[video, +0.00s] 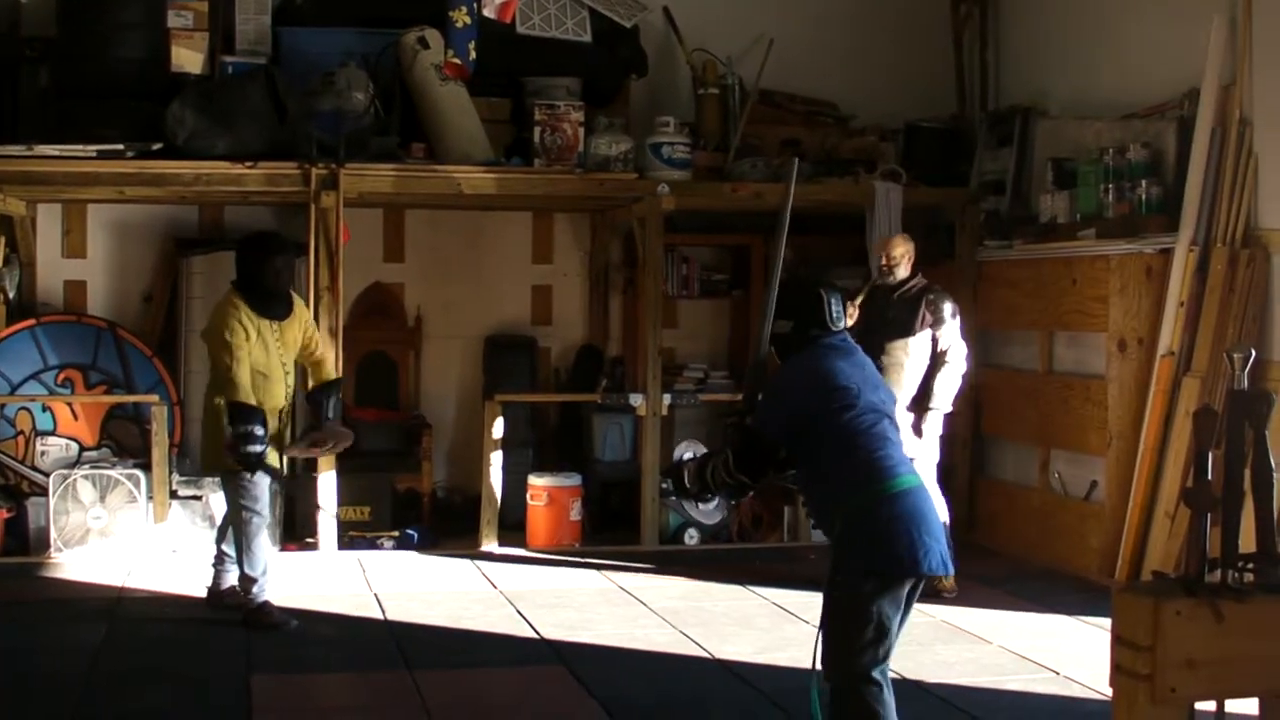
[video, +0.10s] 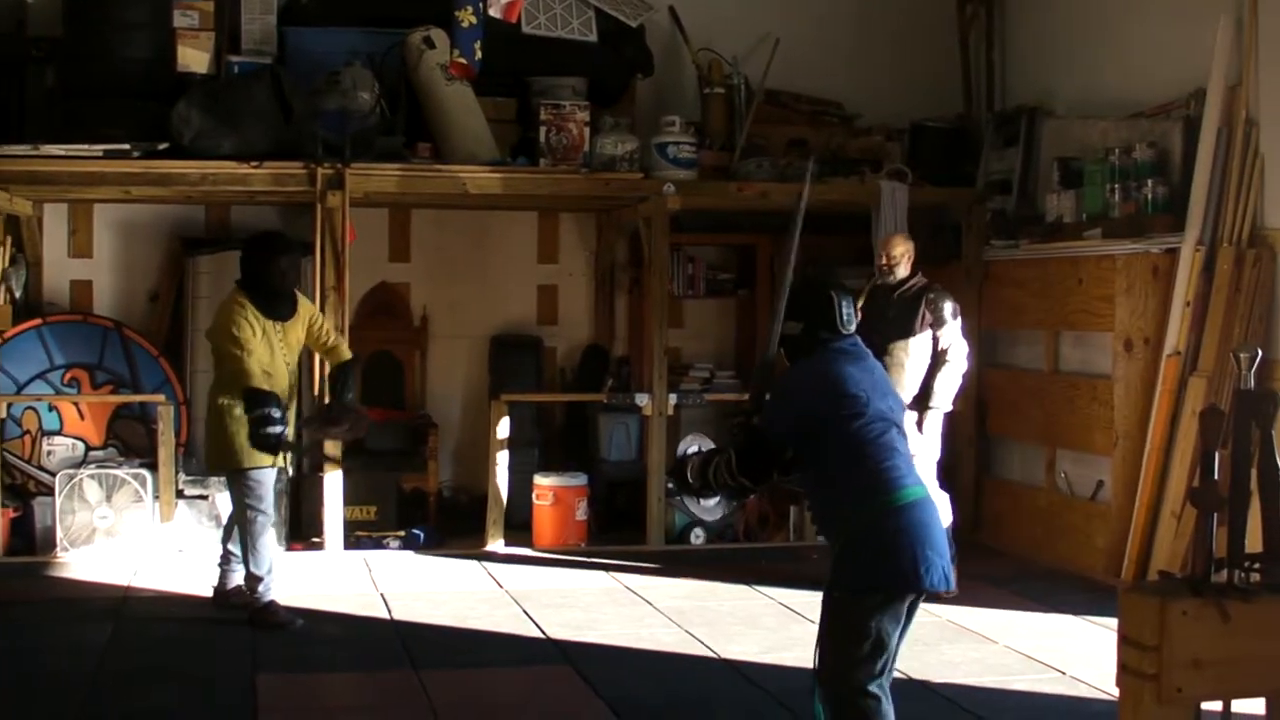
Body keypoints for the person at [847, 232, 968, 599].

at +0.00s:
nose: (885, 265)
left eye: (892, 260)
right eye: (881, 259)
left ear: (910, 260)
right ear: (876, 259)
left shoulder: (933, 301)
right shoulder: (870, 298)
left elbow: (954, 359)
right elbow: (852, 350)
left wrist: (934, 410)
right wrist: (847, 324)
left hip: (915, 413)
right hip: (872, 408)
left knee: (922, 485)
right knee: (877, 486)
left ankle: (941, 567)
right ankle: (882, 568)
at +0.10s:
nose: (885, 265)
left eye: (893, 260)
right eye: (881, 259)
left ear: (911, 259)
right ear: (876, 259)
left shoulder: (934, 300)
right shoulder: (872, 297)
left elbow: (955, 358)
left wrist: (934, 410)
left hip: (917, 411)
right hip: (875, 407)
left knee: (921, 483)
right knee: (881, 483)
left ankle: (939, 564)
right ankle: (888, 561)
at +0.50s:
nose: (891, 259)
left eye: (898, 254)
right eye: (886, 253)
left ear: (912, 257)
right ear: (878, 256)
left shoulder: (932, 297)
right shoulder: (872, 293)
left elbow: (954, 352)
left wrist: (935, 402)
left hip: (921, 400)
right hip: (879, 397)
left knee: (922, 466)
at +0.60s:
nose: (891, 259)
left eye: (898, 254)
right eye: (886, 253)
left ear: (913, 257)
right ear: (879, 256)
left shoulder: (933, 298)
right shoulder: (872, 295)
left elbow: (954, 354)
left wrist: (933, 402)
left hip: (920, 405)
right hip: (878, 402)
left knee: (921, 477)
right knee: (881, 475)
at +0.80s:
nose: (891, 259)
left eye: (898, 253)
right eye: (886, 253)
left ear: (913, 256)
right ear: (879, 257)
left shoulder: (933, 297)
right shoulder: (877, 295)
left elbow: (955, 352)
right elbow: (864, 345)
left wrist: (933, 403)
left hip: (918, 406)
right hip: (879, 402)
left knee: (922, 483)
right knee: (885, 482)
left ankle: (930, 556)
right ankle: (889, 557)